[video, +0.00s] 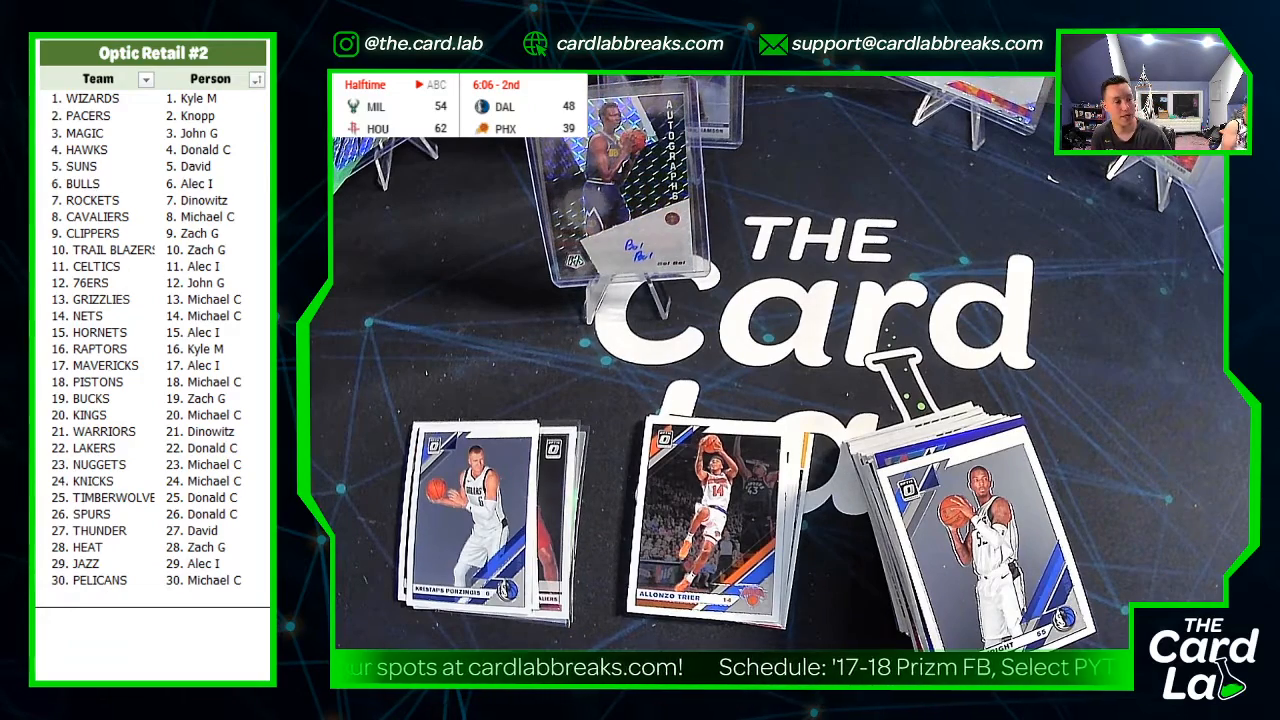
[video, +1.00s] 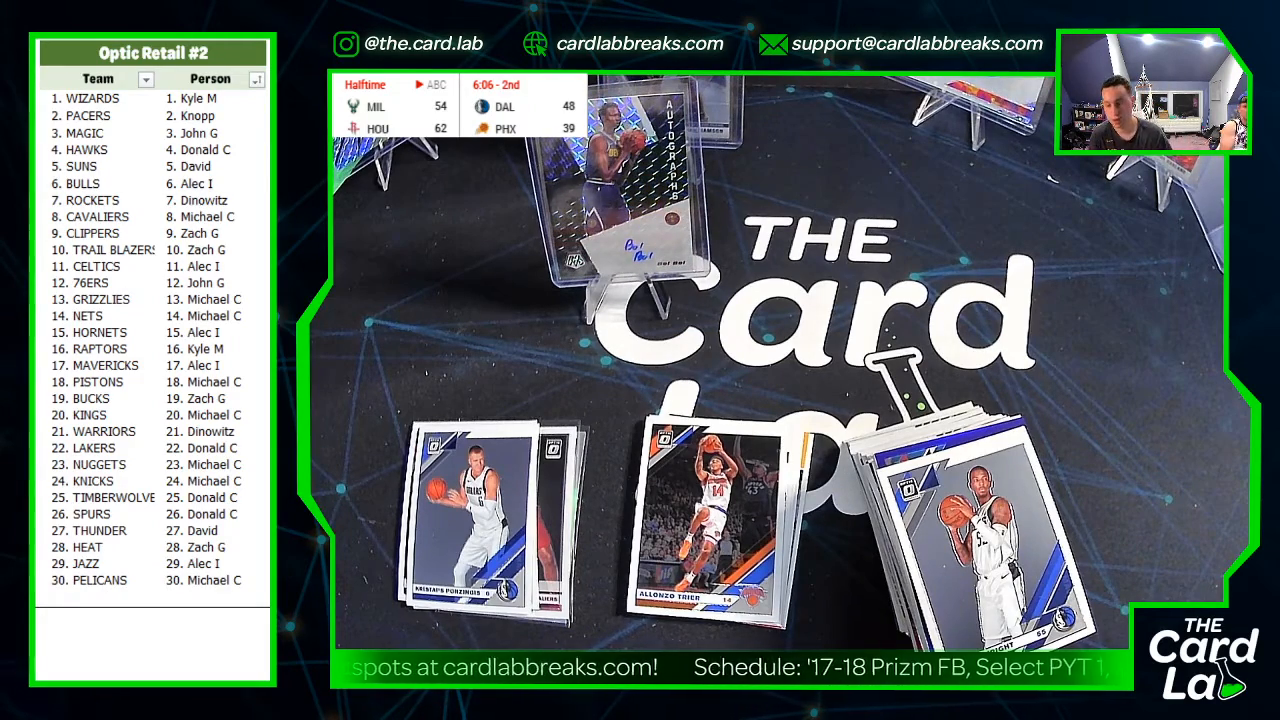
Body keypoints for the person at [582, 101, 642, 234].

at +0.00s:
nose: (618, 118)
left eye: (618, 114)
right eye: (613, 115)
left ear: (620, 116)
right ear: (604, 118)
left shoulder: (616, 140)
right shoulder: (598, 140)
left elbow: (620, 177)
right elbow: (606, 175)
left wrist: (633, 157)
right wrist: (624, 152)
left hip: (612, 188)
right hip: (597, 190)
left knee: (626, 230)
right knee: (597, 236)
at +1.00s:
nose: (618, 118)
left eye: (619, 115)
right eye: (614, 115)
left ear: (620, 116)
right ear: (604, 118)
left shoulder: (617, 141)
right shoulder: (598, 140)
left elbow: (620, 178)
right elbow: (607, 175)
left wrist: (633, 155)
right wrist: (624, 153)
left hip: (612, 189)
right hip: (596, 192)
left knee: (625, 231)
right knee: (598, 237)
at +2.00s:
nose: (617, 118)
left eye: (618, 114)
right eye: (613, 115)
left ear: (620, 117)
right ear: (603, 118)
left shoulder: (616, 141)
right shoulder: (598, 140)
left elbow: (622, 173)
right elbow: (606, 176)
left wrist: (633, 153)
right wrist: (624, 154)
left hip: (613, 189)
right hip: (597, 191)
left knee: (624, 229)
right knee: (599, 234)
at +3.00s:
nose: (617, 118)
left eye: (618, 114)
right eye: (612, 115)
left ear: (620, 117)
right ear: (603, 118)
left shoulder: (616, 140)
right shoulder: (598, 140)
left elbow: (622, 170)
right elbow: (606, 175)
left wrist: (632, 153)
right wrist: (624, 154)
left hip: (612, 187)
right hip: (598, 189)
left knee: (625, 219)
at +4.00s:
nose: (615, 118)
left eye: (617, 115)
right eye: (611, 115)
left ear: (620, 118)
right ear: (602, 118)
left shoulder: (617, 142)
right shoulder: (598, 141)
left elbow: (620, 179)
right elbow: (607, 176)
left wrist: (633, 155)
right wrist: (624, 155)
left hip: (612, 189)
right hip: (596, 191)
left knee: (624, 229)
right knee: (598, 236)